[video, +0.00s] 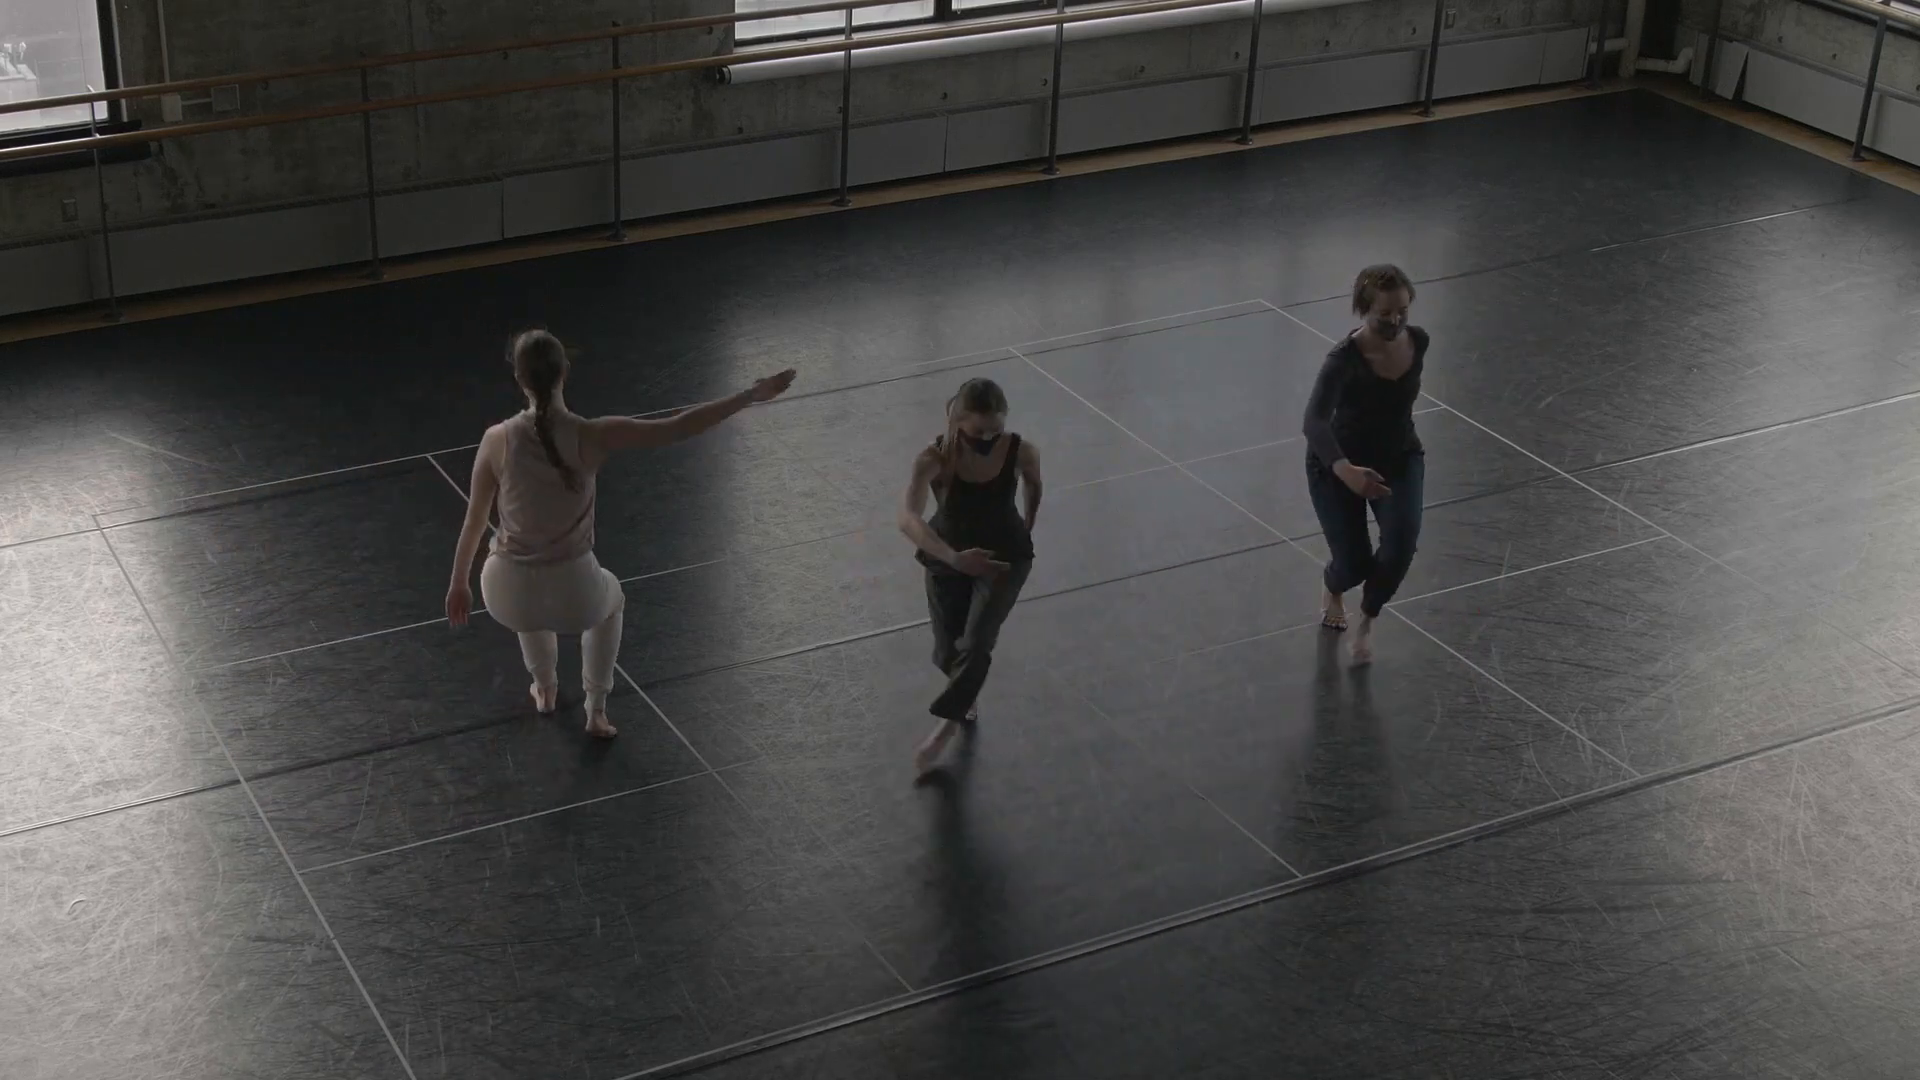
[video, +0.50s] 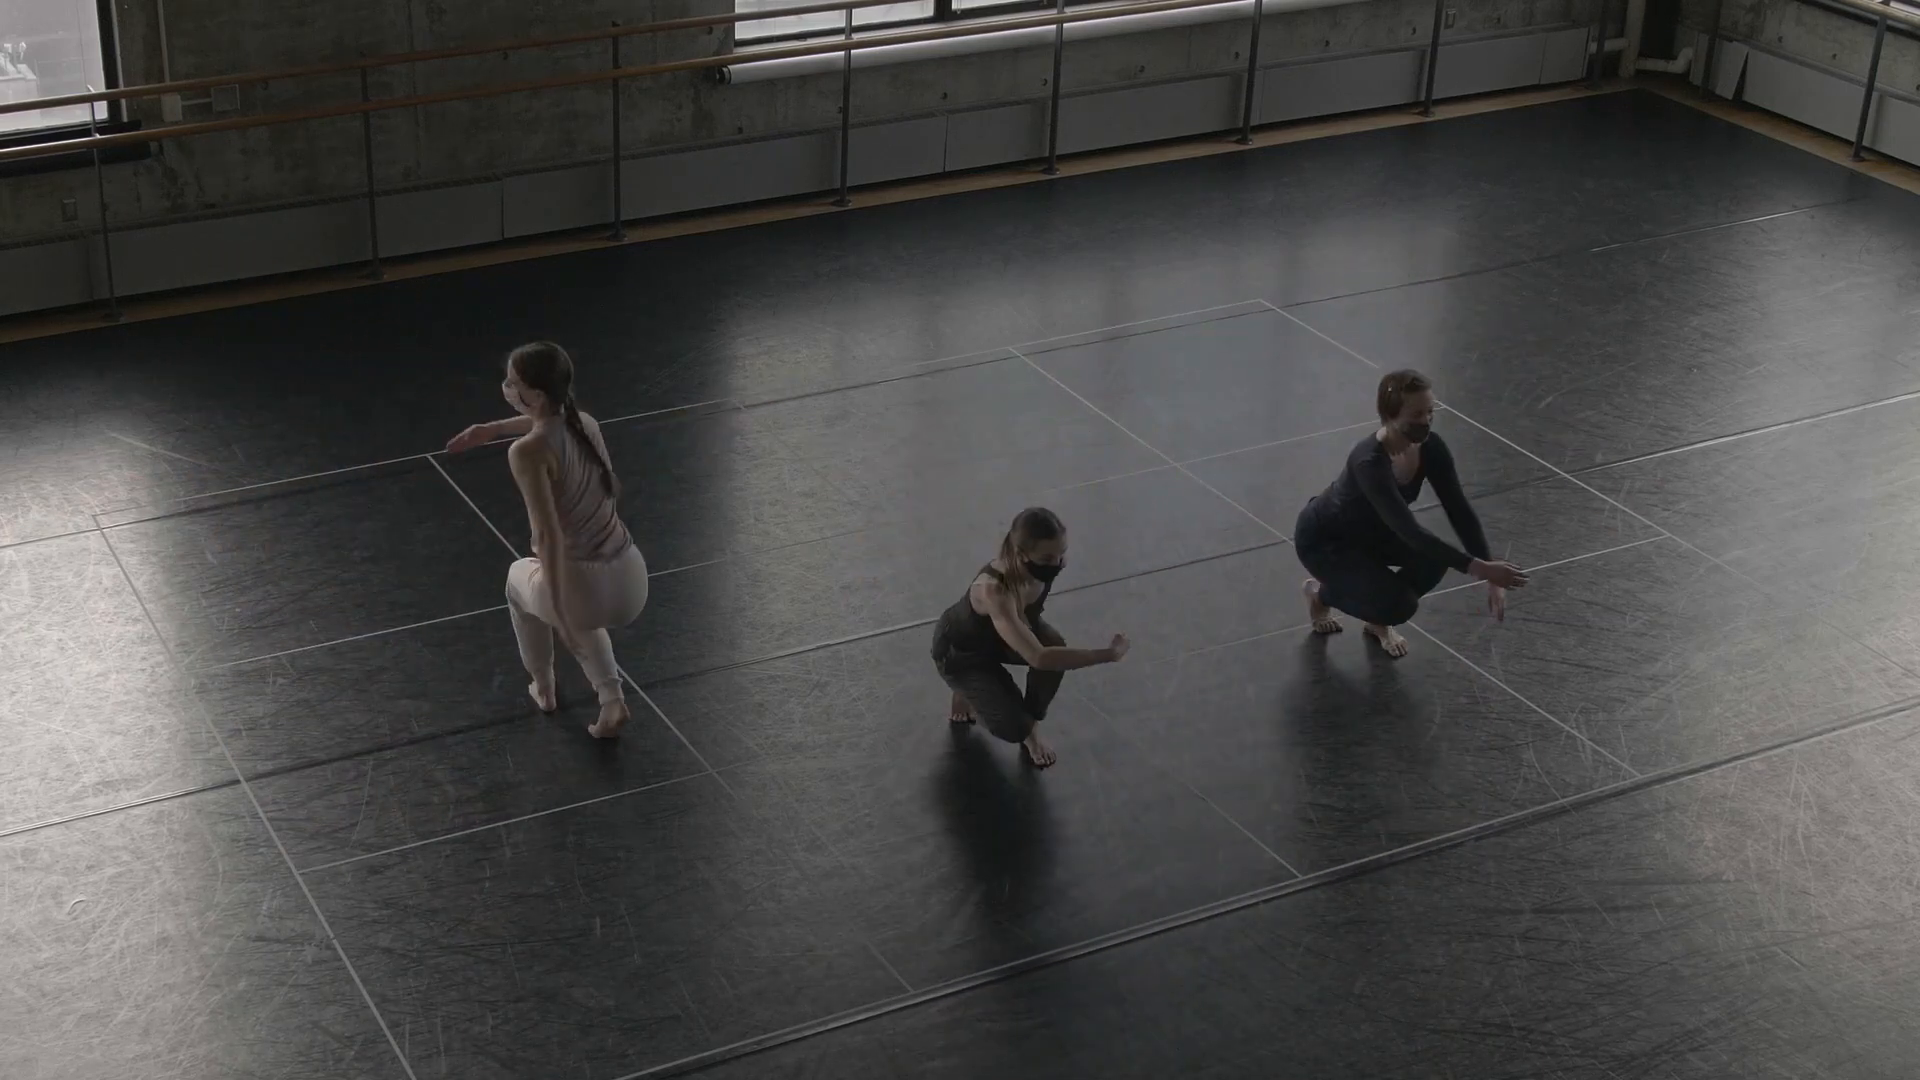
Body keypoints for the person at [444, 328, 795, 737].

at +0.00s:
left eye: (522, 370)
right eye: (560, 366)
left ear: (518, 379)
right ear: (564, 374)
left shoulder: (496, 441)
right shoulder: (593, 435)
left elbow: (474, 521)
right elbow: (676, 427)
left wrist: (458, 582)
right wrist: (750, 395)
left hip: (508, 593)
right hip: (576, 593)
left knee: (526, 590)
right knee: (609, 598)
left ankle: (544, 691)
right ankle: (596, 713)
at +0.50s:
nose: (505, 387)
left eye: (510, 383)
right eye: (506, 380)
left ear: (533, 397)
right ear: (561, 388)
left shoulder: (525, 451)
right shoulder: (585, 422)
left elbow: (548, 537)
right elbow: (545, 418)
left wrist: (559, 614)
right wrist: (493, 429)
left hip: (581, 600)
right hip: (632, 586)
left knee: (518, 574)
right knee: (570, 586)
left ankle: (543, 687)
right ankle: (612, 700)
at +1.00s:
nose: (488, 454)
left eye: (495, 446)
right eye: (488, 444)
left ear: (526, 448)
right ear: (520, 447)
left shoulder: (567, 497)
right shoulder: (519, 474)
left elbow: (596, 586)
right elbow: (448, 489)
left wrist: (601, 669)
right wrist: (414, 525)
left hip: (634, 606)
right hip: (598, 591)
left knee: (526, 659)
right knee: (513, 658)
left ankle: (568, 759)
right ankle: (618, 696)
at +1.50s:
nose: (443, 496)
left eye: (446, 487)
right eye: (439, 488)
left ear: (477, 479)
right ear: (474, 476)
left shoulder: (531, 510)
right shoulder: (490, 494)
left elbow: (582, 590)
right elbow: (435, 538)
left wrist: (584, 671)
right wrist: (366, 572)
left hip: (624, 591)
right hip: (597, 579)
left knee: (512, 650)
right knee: (528, 661)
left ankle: (561, 754)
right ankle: (618, 694)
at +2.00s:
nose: (422, 388)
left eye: (426, 378)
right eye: (416, 380)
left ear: (451, 365)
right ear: (452, 359)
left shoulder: (490, 422)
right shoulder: (489, 373)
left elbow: (527, 506)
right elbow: (540, 419)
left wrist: (531, 584)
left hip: (541, 535)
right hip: (558, 506)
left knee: (491, 655)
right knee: (582, 613)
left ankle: (510, 769)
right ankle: (640, 702)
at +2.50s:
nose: (356, 446)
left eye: (363, 439)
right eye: (347, 440)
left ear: (376, 418)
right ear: (328, 420)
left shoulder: (401, 433)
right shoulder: (307, 431)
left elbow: (451, 503)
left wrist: (472, 575)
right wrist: (297, 468)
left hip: (424, 530)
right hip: (359, 536)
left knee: (479, 645)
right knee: (327, 645)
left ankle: (520, 761)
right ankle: (299, 735)